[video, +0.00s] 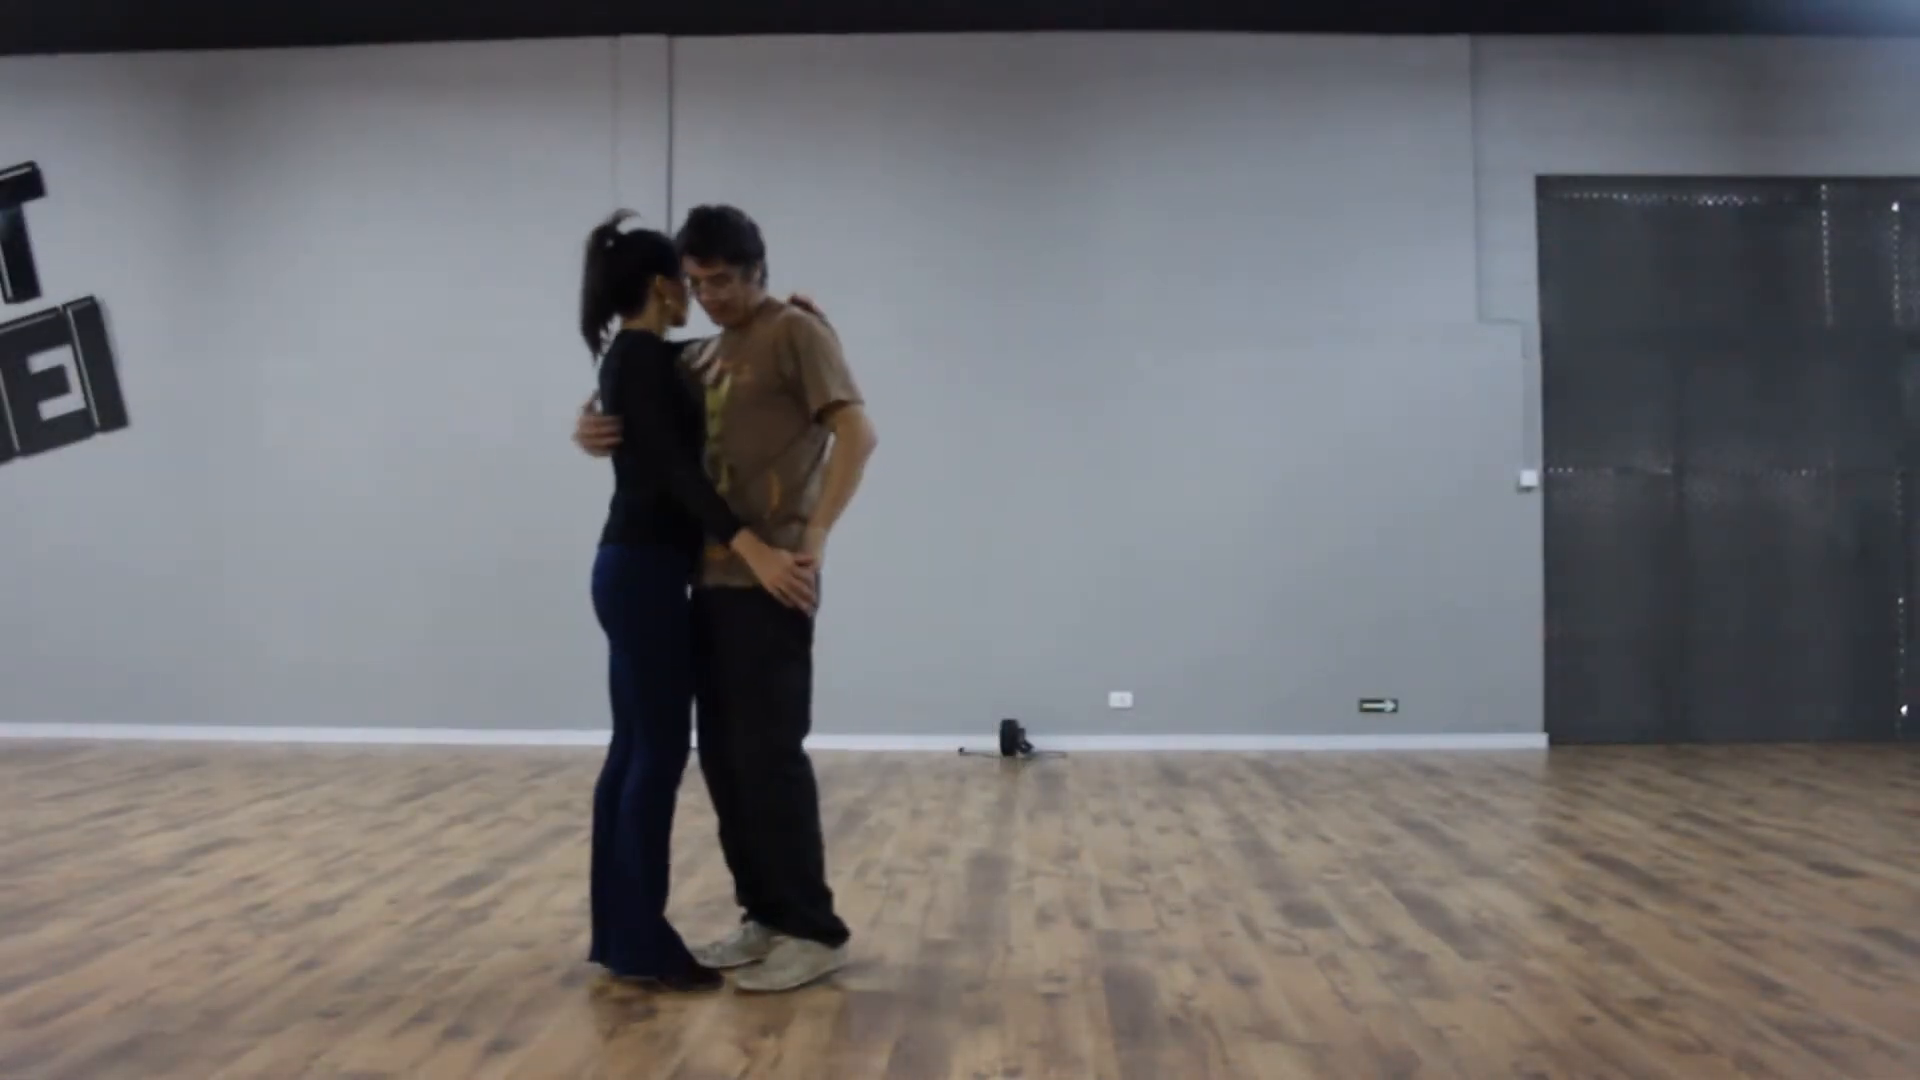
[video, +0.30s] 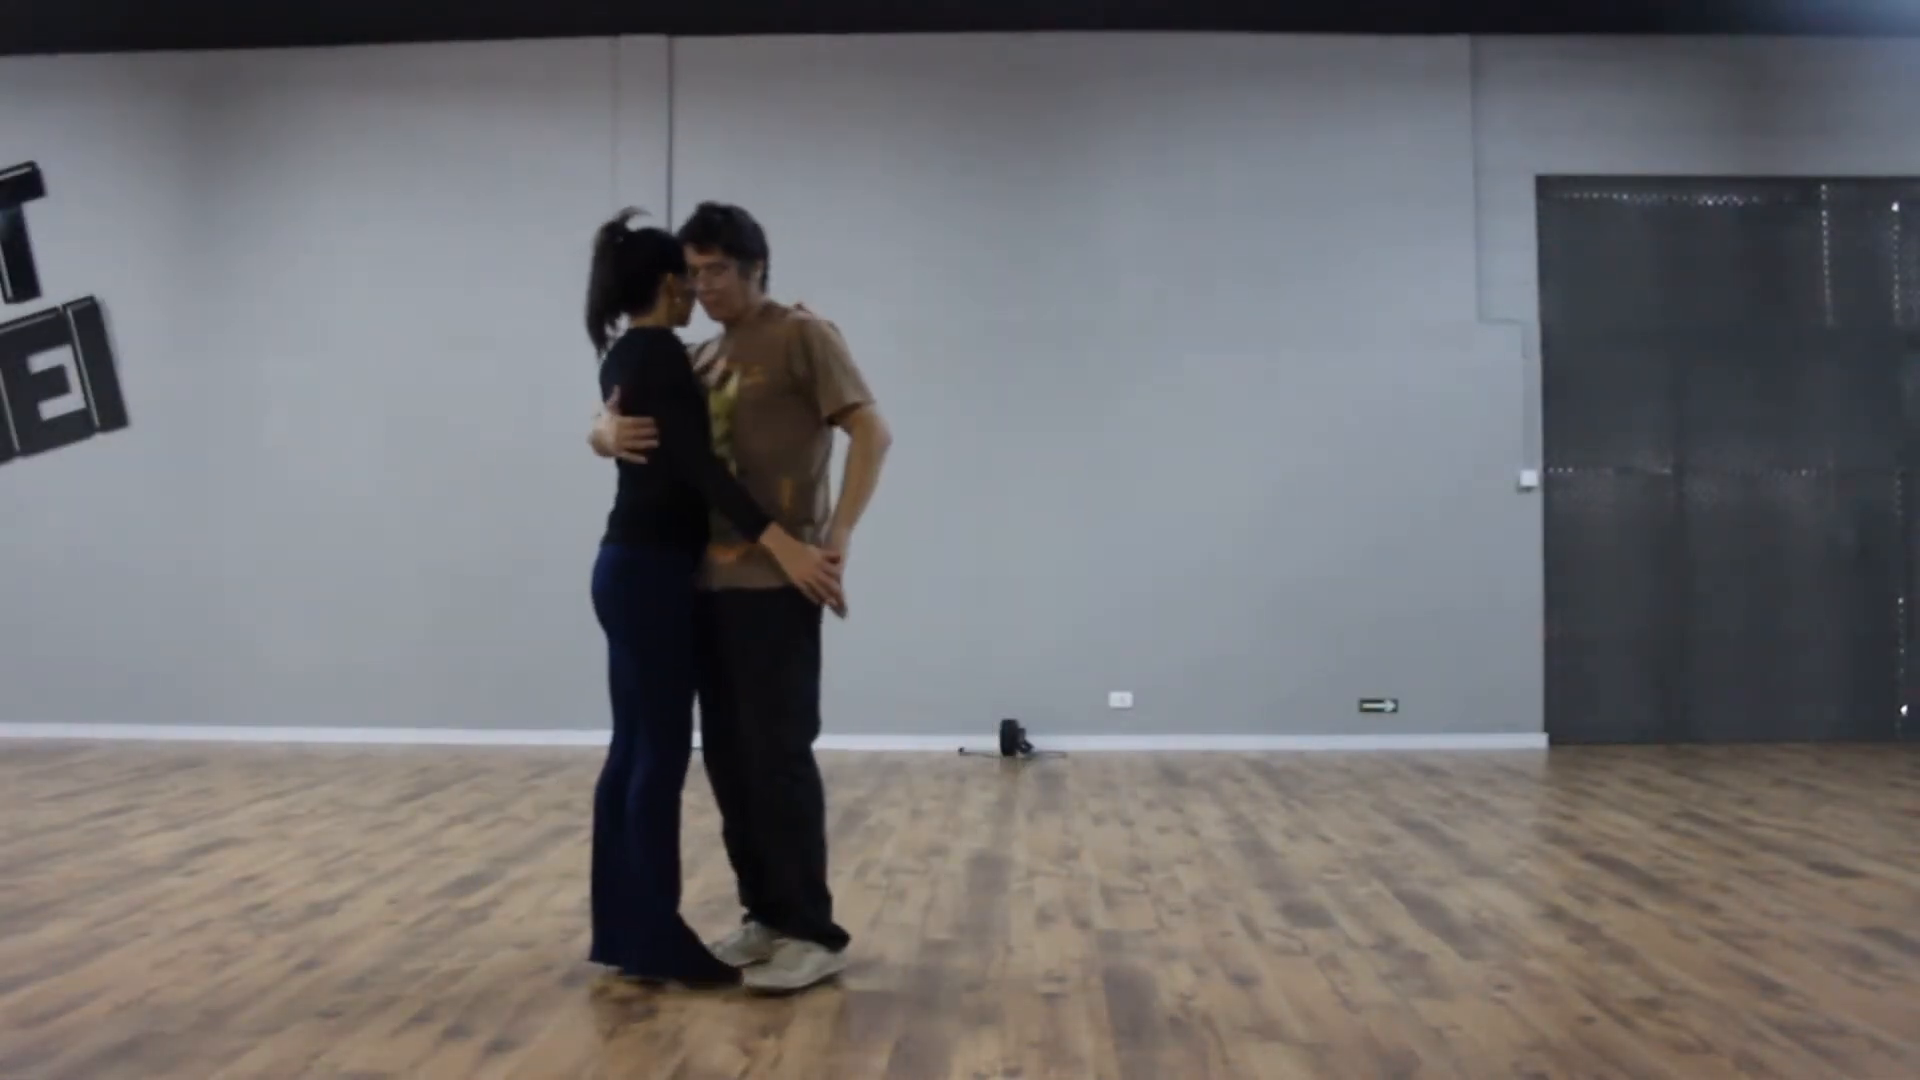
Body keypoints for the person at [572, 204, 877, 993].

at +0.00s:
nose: (710, 295)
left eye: (723, 280)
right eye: (698, 282)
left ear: (756, 269)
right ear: (685, 281)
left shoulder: (797, 331)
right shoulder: (699, 355)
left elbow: (855, 436)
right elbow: (651, 415)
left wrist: (810, 544)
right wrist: (589, 429)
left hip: (772, 582)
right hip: (713, 581)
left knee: (768, 753)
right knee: (724, 757)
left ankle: (812, 932)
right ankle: (765, 920)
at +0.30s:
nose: (706, 286)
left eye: (720, 270)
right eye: (696, 273)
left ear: (757, 268)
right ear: (686, 279)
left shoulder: (803, 336)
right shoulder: (701, 359)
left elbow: (870, 436)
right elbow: (635, 417)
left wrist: (834, 546)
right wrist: (600, 434)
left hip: (778, 586)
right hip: (713, 585)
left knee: (779, 757)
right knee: (728, 759)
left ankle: (812, 935)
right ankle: (766, 920)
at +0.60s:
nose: (725, 266)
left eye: (738, 250)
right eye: (712, 256)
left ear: (769, 256)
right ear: (700, 270)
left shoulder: (814, 333)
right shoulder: (708, 353)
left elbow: (892, 424)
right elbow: (615, 430)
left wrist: (863, 537)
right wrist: (621, 429)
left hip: (791, 581)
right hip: (720, 583)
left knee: (790, 761)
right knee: (737, 761)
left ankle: (814, 939)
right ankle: (768, 920)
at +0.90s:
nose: (746, 258)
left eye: (757, 242)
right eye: (731, 250)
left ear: (787, 248)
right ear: (719, 267)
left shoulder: (836, 326)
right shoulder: (724, 347)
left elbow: (927, 408)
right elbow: (625, 436)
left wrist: (888, 510)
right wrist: (648, 424)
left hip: (816, 584)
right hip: (741, 584)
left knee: (811, 762)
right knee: (752, 759)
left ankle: (818, 940)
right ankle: (770, 922)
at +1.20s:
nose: (756, 259)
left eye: (768, 242)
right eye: (740, 249)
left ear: (798, 248)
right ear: (729, 264)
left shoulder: (847, 324)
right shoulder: (733, 345)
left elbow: (946, 394)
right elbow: (641, 447)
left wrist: (902, 491)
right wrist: (663, 425)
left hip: (837, 584)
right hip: (756, 585)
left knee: (831, 766)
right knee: (753, 761)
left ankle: (822, 942)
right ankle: (773, 919)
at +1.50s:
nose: (755, 263)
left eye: (766, 246)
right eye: (739, 253)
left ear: (799, 249)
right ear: (728, 266)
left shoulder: (846, 326)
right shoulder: (735, 349)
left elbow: (950, 384)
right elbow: (646, 451)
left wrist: (930, 495)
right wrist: (667, 431)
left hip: (842, 587)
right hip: (761, 588)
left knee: (833, 767)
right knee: (756, 762)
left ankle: (822, 942)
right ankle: (774, 922)